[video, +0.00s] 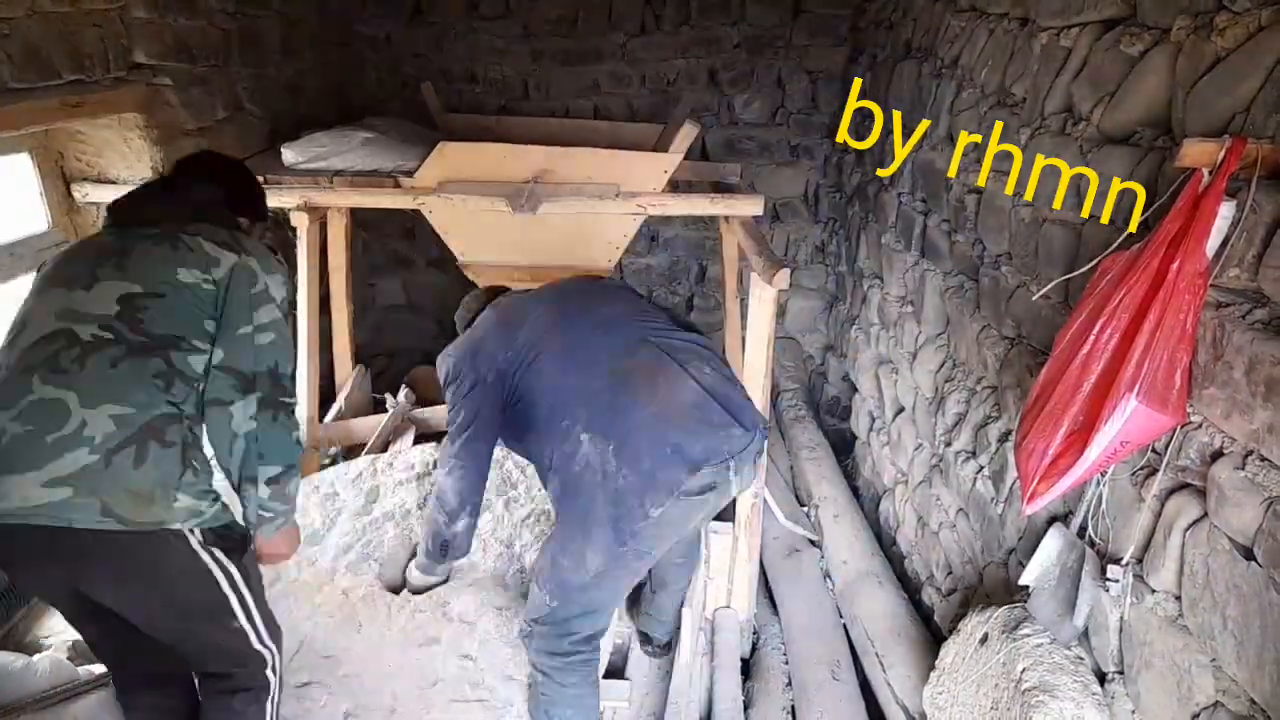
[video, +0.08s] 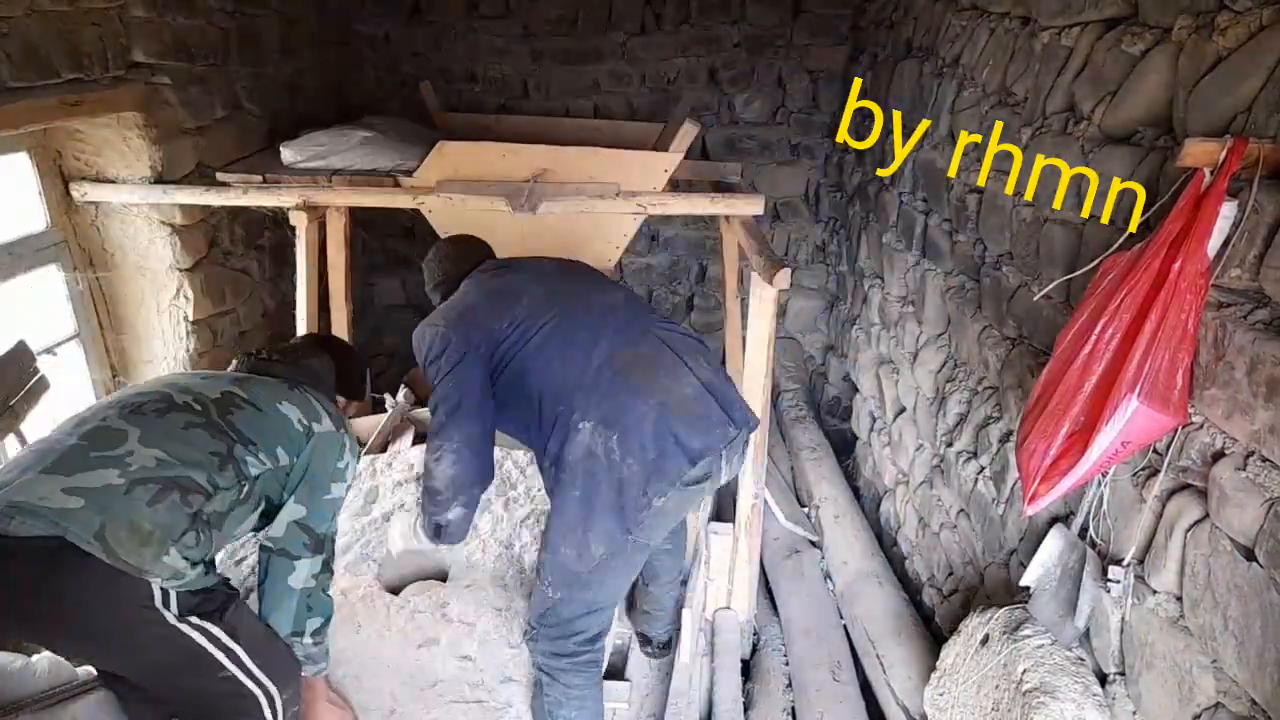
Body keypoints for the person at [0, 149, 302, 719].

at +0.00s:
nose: (257, 236)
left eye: (258, 226)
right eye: (257, 225)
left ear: (161, 196)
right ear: (241, 215)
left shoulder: (73, 256)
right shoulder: (247, 263)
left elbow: (16, 369)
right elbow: (250, 398)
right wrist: (273, 517)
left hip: (18, 516)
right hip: (135, 516)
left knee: (147, 677)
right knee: (244, 667)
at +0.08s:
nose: (350, 421)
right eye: (353, 411)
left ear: (271, 363)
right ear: (341, 403)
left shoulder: (198, 384)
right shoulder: (325, 432)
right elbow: (295, 560)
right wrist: (312, 683)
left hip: (7, 542)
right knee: (270, 688)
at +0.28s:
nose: (342, 373)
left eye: (343, 362)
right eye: (341, 361)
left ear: (245, 337)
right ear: (325, 357)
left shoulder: (188, 363)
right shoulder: (319, 397)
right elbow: (286, 521)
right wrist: (324, 626)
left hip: (18, 533)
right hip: (144, 545)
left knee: (151, 663)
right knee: (278, 678)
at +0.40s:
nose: (342, 329)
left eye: (341, 319)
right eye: (341, 319)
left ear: (247, 297)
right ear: (330, 313)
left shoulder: (187, 331)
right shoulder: (336, 355)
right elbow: (319, 486)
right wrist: (336, 601)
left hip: (63, 529)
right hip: (179, 531)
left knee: (178, 645)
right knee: (276, 663)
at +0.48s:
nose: (375, 315)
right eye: (375, 302)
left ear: (296, 277)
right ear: (369, 305)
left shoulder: (229, 309)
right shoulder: (364, 360)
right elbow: (324, 490)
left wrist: (278, 544)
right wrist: (345, 601)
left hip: (75, 499)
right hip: (177, 517)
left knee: (190, 613)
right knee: (286, 658)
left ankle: (223, 711)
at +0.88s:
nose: (377, 318)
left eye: (379, 309)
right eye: (380, 308)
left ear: (314, 270)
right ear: (369, 307)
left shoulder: (252, 300)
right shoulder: (347, 345)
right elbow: (359, 457)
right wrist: (406, 528)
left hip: (76, 472)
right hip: (149, 491)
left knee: (224, 586)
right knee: (294, 624)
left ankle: (228, 706)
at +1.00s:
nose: (344, 293)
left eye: (350, 282)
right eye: (350, 279)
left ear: (273, 224)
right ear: (335, 266)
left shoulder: (166, 264)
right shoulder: (311, 317)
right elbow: (301, 476)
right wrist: (310, 602)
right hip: (128, 541)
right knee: (250, 706)